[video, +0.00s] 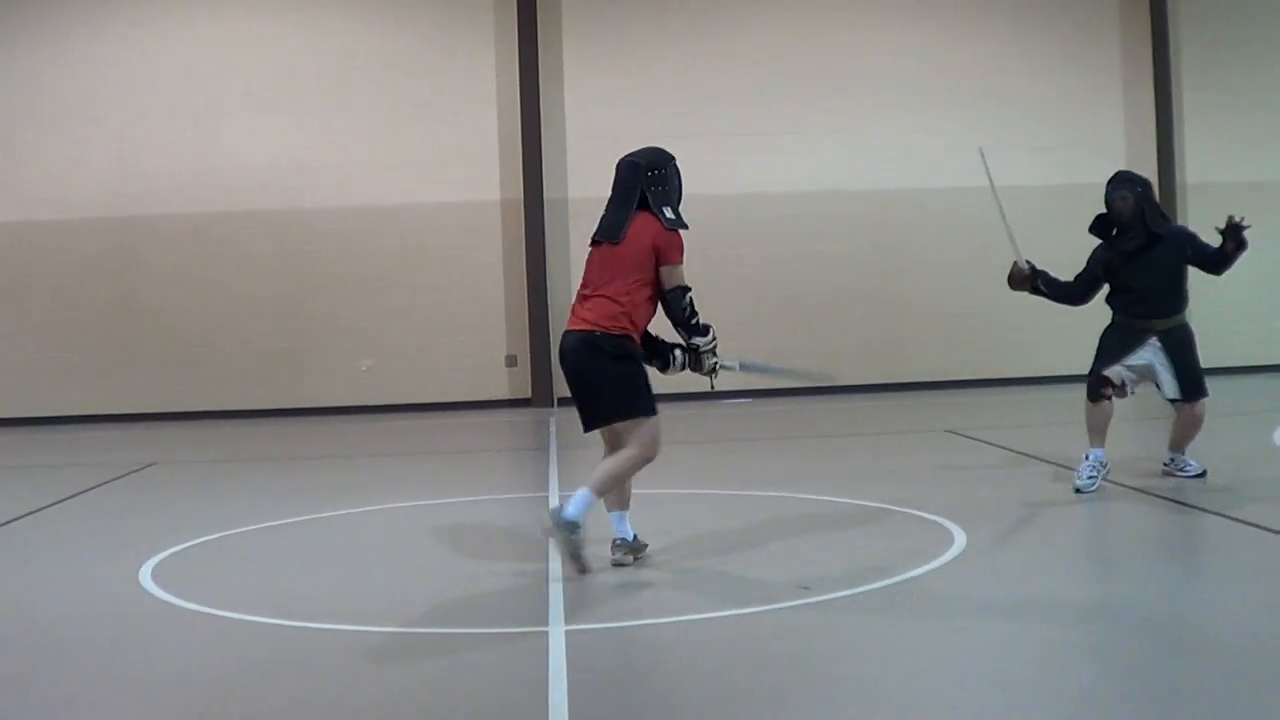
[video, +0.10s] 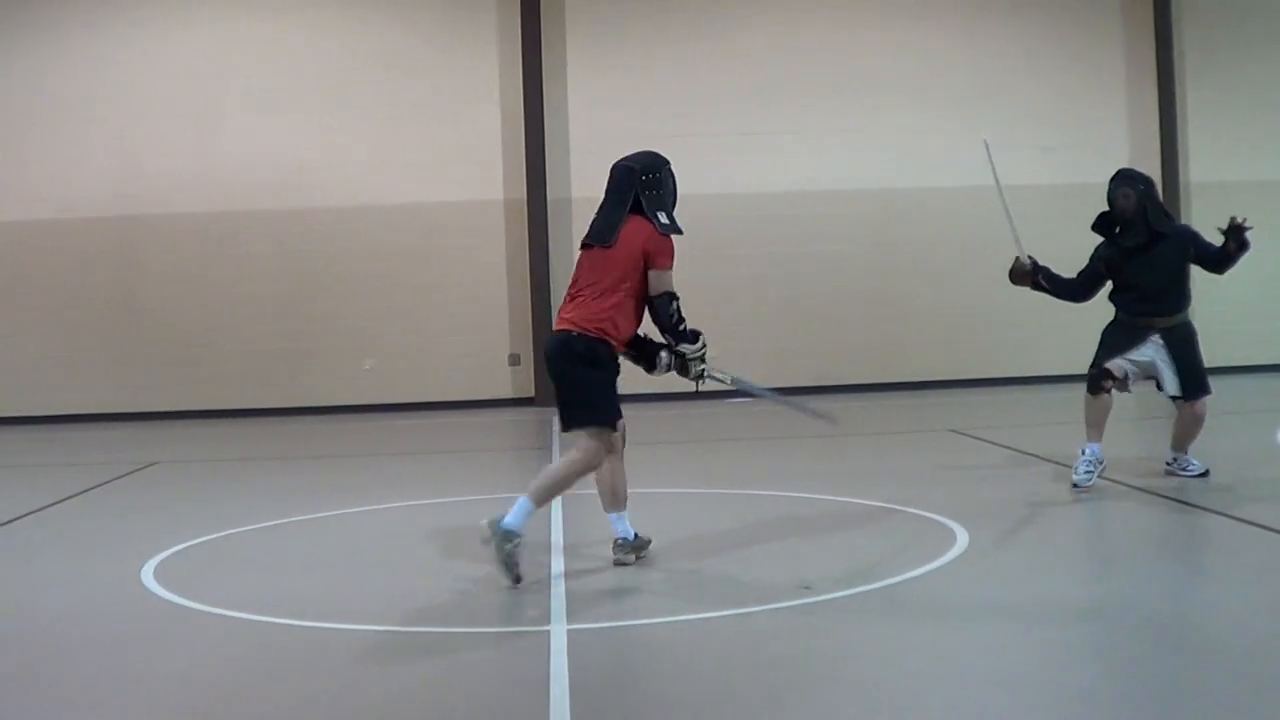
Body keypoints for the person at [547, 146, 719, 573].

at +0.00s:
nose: (675, 191)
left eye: (673, 182)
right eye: (671, 182)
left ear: (628, 185)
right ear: (658, 185)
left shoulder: (610, 227)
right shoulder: (662, 231)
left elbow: (617, 311)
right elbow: (677, 303)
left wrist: (665, 354)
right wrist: (704, 342)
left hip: (578, 343)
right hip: (611, 345)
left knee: (615, 443)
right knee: (644, 445)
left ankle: (623, 538)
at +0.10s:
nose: (668, 197)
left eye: (667, 188)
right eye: (665, 189)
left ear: (623, 190)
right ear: (652, 190)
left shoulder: (601, 230)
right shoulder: (654, 235)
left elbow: (603, 310)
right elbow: (663, 307)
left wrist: (651, 355)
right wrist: (690, 344)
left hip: (568, 343)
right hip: (588, 347)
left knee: (611, 440)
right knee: (591, 450)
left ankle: (624, 537)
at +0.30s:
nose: (654, 223)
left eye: (653, 214)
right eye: (650, 214)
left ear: (607, 212)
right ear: (634, 214)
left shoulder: (582, 251)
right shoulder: (622, 253)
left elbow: (572, 333)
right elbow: (614, 324)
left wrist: (620, 372)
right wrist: (652, 343)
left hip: (542, 367)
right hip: (546, 371)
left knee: (605, 442)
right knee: (526, 471)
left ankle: (627, 539)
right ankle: (449, 558)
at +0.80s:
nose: (674, 216)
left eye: (671, 206)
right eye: (670, 207)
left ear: (625, 210)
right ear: (657, 210)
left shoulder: (602, 252)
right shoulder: (646, 253)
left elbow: (618, 341)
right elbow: (673, 327)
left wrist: (677, 336)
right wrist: (687, 304)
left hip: (583, 371)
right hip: (569, 370)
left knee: (634, 450)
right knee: (586, 474)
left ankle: (622, 544)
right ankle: (493, 532)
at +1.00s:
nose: (691, 207)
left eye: (690, 196)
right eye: (688, 197)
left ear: (640, 195)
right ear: (674, 198)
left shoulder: (613, 238)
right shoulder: (662, 244)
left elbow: (615, 324)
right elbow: (679, 319)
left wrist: (671, 331)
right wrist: (693, 296)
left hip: (578, 355)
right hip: (582, 357)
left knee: (623, 452)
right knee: (610, 457)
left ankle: (614, 544)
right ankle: (563, 565)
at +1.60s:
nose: (680, 175)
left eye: (676, 164)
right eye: (676, 165)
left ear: (620, 169)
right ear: (665, 170)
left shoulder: (601, 221)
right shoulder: (663, 225)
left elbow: (599, 294)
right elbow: (666, 306)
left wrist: (660, 309)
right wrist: (676, 320)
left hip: (573, 353)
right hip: (601, 361)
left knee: (638, 459)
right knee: (580, 476)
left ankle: (681, 559)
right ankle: (539, 588)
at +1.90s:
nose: (699, 197)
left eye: (697, 188)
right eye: (696, 188)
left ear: (643, 192)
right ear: (685, 190)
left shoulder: (625, 236)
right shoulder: (686, 234)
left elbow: (619, 318)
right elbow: (696, 307)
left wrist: (673, 353)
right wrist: (714, 319)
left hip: (595, 360)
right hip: (620, 364)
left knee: (671, 452)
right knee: (655, 473)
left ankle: (665, 569)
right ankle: (558, 551)